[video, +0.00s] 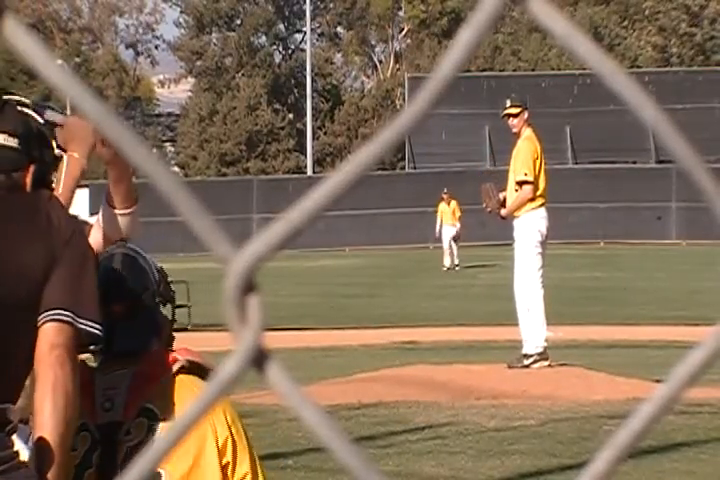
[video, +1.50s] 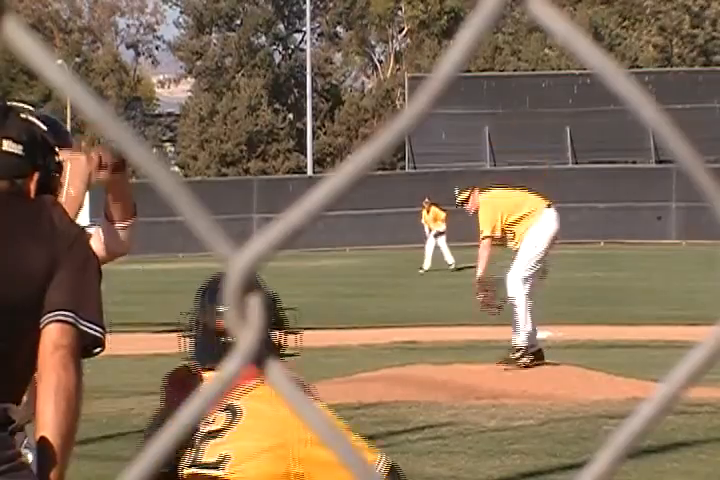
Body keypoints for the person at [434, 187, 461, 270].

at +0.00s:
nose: (445, 196)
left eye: (447, 194)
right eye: (444, 194)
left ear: (449, 195)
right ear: (442, 195)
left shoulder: (454, 203)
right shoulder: (441, 205)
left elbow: (458, 215)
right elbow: (439, 218)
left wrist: (458, 225)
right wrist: (437, 229)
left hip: (453, 225)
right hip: (445, 225)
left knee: (453, 244)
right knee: (445, 245)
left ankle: (456, 262)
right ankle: (447, 263)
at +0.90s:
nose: (439, 195)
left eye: (441, 193)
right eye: (438, 193)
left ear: (443, 194)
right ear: (435, 194)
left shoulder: (446, 203)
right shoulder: (434, 204)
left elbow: (450, 217)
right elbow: (432, 216)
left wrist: (446, 229)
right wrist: (428, 228)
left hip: (444, 225)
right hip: (437, 225)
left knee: (444, 246)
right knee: (433, 244)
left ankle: (444, 265)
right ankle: (437, 260)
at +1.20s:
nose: (430, 201)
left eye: (432, 199)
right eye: (429, 199)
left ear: (435, 199)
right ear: (428, 200)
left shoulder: (440, 207)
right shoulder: (429, 208)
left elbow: (445, 223)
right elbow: (428, 220)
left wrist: (441, 230)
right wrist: (425, 231)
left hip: (441, 228)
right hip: (433, 229)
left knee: (442, 248)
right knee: (430, 248)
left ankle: (443, 265)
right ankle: (427, 265)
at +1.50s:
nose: (426, 205)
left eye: (427, 203)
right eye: (425, 203)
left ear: (430, 204)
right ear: (423, 204)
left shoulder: (434, 209)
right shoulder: (424, 212)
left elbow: (443, 214)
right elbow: (424, 222)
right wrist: (427, 232)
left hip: (440, 230)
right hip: (432, 231)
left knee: (443, 247)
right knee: (428, 248)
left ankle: (451, 262)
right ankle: (426, 266)